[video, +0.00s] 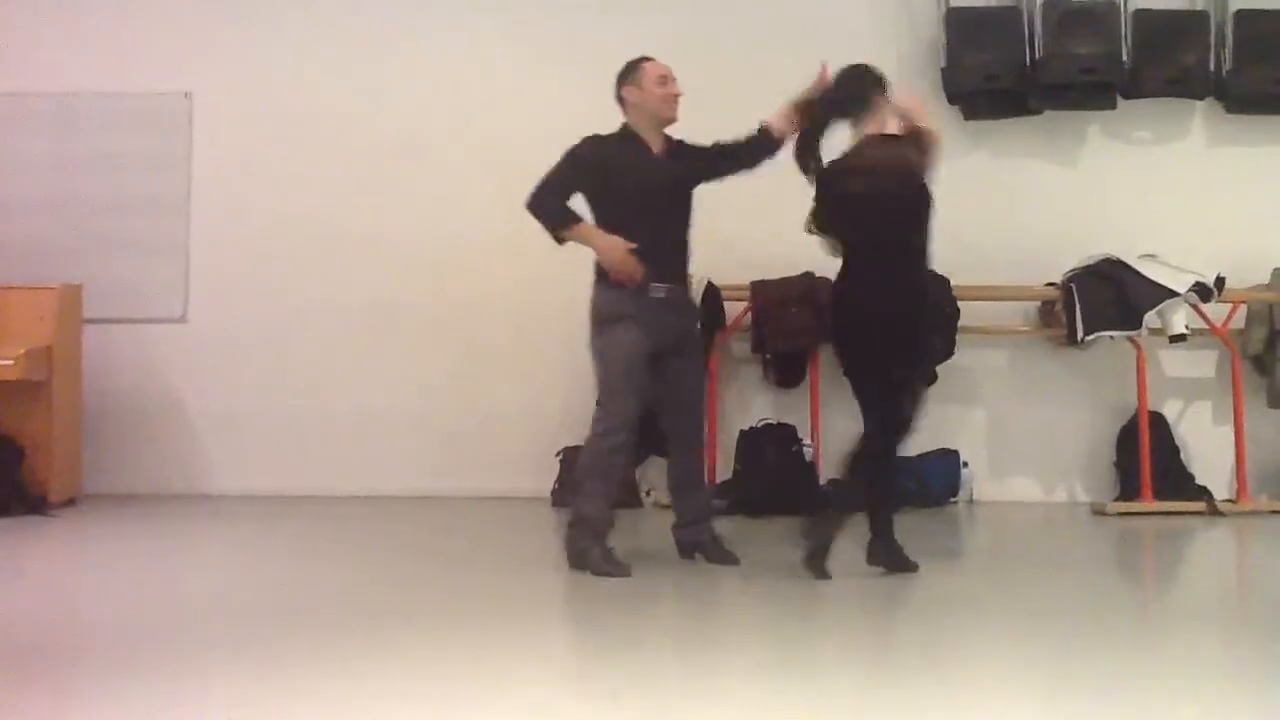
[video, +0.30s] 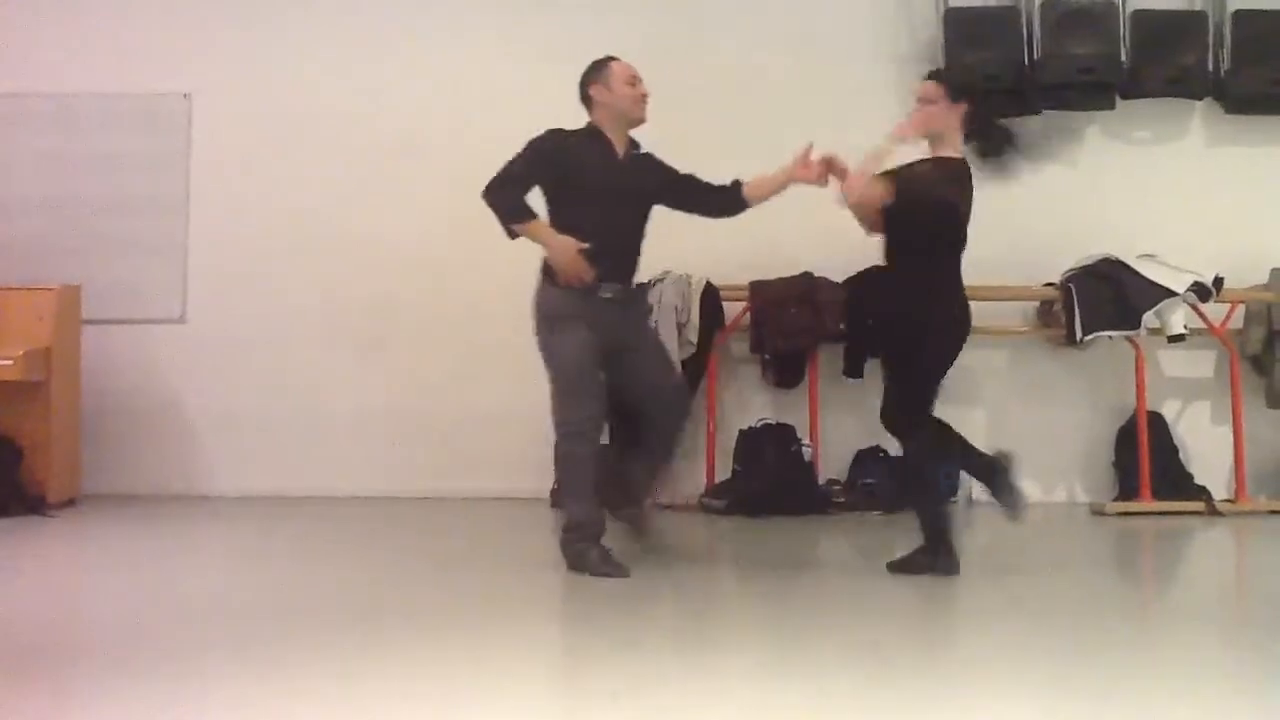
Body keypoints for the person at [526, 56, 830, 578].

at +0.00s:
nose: (675, 90)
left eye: (674, 82)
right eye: (662, 82)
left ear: (671, 95)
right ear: (628, 95)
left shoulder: (684, 157)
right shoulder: (598, 152)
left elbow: (749, 152)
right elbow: (543, 202)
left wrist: (802, 106)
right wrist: (599, 241)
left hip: (676, 307)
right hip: (622, 307)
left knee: (687, 423)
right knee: (618, 420)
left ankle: (695, 531)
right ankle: (586, 538)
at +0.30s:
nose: (644, 91)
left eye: (642, 83)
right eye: (631, 83)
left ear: (622, 97)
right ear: (596, 93)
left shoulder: (644, 170)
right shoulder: (560, 146)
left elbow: (718, 200)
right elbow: (500, 192)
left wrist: (789, 175)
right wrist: (549, 242)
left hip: (622, 308)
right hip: (567, 305)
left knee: (667, 399)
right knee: (580, 415)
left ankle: (623, 490)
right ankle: (580, 540)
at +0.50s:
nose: (630, 89)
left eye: (627, 81)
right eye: (616, 81)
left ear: (606, 96)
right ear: (581, 93)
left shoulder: (630, 168)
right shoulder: (543, 148)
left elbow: (704, 206)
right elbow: (486, 201)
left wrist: (775, 184)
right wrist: (532, 246)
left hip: (600, 310)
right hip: (549, 300)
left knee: (618, 424)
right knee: (570, 413)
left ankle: (515, 495)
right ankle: (582, 541)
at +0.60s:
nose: (622, 91)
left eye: (620, 83)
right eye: (609, 83)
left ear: (594, 97)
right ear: (575, 95)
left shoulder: (621, 169)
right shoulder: (538, 150)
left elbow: (694, 210)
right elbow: (480, 204)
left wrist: (765, 188)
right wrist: (527, 247)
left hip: (584, 311)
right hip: (540, 304)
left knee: (565, 421)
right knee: (564, 417)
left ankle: (486, 516)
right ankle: (581, 541)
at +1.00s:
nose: (620, 95)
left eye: (619, 86)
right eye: (607, 88)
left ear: (609, 101)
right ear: (575, 102)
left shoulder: (618, 170)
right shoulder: (559, 151)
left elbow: (656, 232)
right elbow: (524, 196)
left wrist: (703, 206)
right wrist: (590, 204)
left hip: (603, 310)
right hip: (571, 305)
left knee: (600, 420)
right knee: (600, 419)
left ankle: (510, 505)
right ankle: (587, 540)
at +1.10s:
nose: (629, 98)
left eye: (628, 91)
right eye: (616, 91)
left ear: (625, 102)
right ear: (585, 105)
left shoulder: (624, 171)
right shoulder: (577, 153)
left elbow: (643, 242)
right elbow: (604, 180)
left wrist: (686, 206)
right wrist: (665, 171)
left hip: (625, 309)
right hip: (592, 307)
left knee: (646, 420)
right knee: (614, 417)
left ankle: (588, 505)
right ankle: (589, 541)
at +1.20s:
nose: (637, 102)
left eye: (638, 95)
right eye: (624, 96)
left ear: (639, 106)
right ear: (595, 110)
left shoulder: (634, 168)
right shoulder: (590, 157)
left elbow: (654, 235)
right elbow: (634, 165)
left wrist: (686, 198)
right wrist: (690, 152)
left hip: (639, 311)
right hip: (602, 311)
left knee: (673, 408)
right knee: (620, 418)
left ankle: (645, 512)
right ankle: (591, 538)